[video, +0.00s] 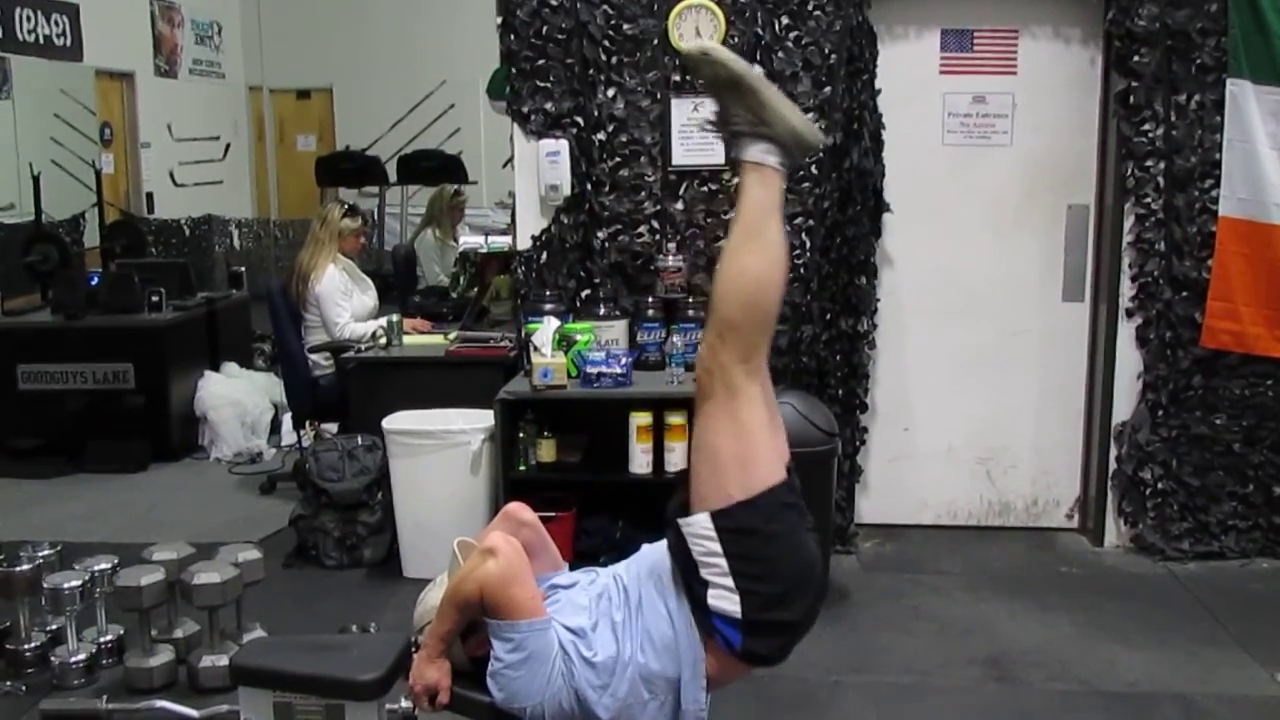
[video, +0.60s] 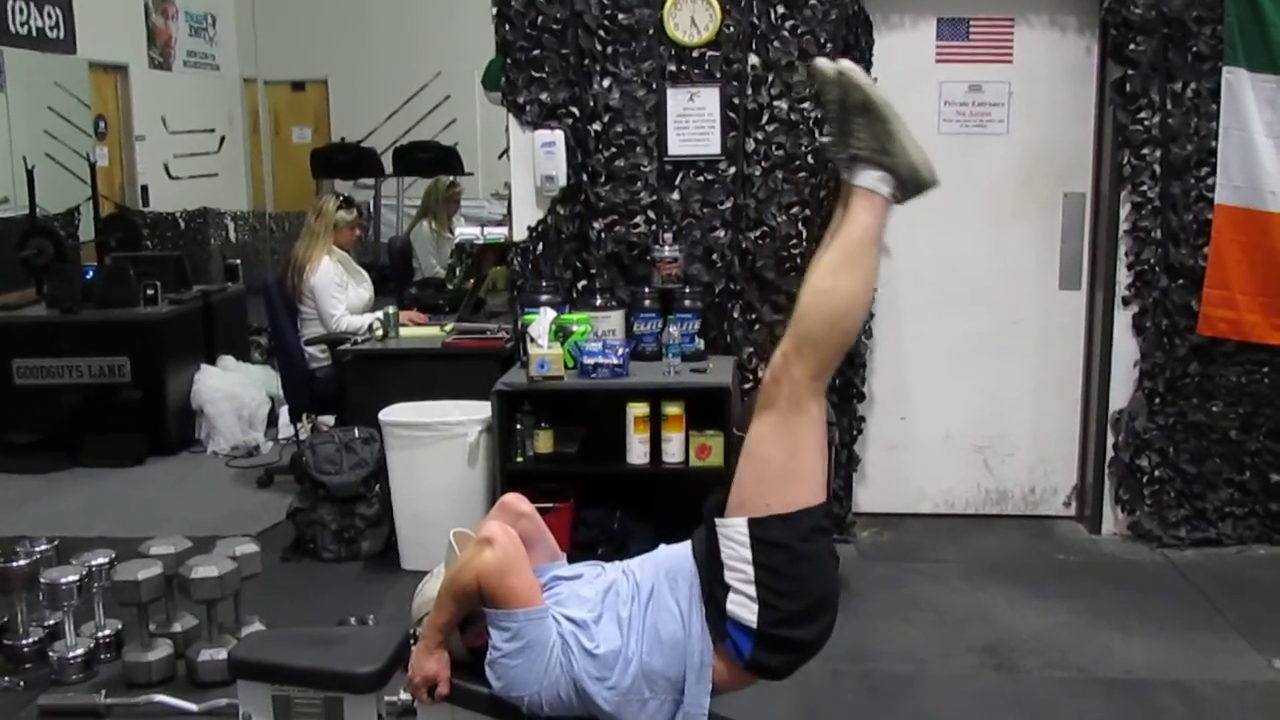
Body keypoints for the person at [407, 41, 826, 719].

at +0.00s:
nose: (479, 559)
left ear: (479, 629)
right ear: (479, 635)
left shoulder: (563, 607)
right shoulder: (530, 675)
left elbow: (518, 518)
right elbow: (492, 556)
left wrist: (456, 607)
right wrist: (436, 646)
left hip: (748, 580)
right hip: (742, 595)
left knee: (735, 369)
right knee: (727, 370)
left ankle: (763, 155)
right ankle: (762, 154)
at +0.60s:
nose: (488, 541)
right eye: (479, 551)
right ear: (485, 610)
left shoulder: (559, 608)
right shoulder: (525, 660)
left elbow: (517, 512)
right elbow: (489, 553)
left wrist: (465, 586)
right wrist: (434, 637)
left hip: (747, 595)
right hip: (757, 611)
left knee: (789, 382)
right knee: (793, 380)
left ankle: (871, 183)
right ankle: (873, 180)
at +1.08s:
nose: (492, 511)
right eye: (478, 511)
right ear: (481, 554)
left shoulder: (547, 565)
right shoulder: (523, 619)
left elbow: (505, 476)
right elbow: (479, 514)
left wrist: (440, 579)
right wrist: (430, 593)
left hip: (734, 550)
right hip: (753, 586)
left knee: (851, 369)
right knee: (854, 374)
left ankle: (984, 200)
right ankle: (995, 206)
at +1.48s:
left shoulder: (542, 551)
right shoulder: (514, 596)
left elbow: (505, 456)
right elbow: (470, 486)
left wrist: (435, 561)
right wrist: (425, 577)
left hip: (738, 540)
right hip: (754, 589)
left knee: (906, 395)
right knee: (907, 403)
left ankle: (1072, 267)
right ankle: (1084, 275)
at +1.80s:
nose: (511, 464)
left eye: (512, 458)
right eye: (493, 466)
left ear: (509, 501)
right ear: (478, 513)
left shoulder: (549, 537)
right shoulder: (512, 589)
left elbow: (506, 444)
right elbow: (469, 482)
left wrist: (435, 548)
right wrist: (425, 566)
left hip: (757, 533)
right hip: (760, 596)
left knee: (913, 394)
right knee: (908, 407)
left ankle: (1119, 346)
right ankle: (1125, 360)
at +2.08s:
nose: (520, 460)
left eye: (519, 453)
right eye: (503, 463)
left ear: (515, 489)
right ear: (485, 509)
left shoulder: (555, 528)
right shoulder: (518, 587)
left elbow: (505, 438)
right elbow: (471, 475)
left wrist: (443, 531)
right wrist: (424, 564)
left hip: (760, 550)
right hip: (759, 601)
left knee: (887, 380)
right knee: (877, 387)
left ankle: (1072, 449)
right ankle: (1070, 458)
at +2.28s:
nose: (521, 452)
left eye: (520, 448)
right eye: (502, 457)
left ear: (523, 484)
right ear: (487, 502)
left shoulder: (562, 520)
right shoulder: (524, 582)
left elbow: (510, 437)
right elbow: (474, 474)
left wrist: (450, 522)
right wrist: (425, 564)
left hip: (769, 560)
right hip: (765, 605)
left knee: (846, 371)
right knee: (822, 381)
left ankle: (997, 481)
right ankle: (992, 487)